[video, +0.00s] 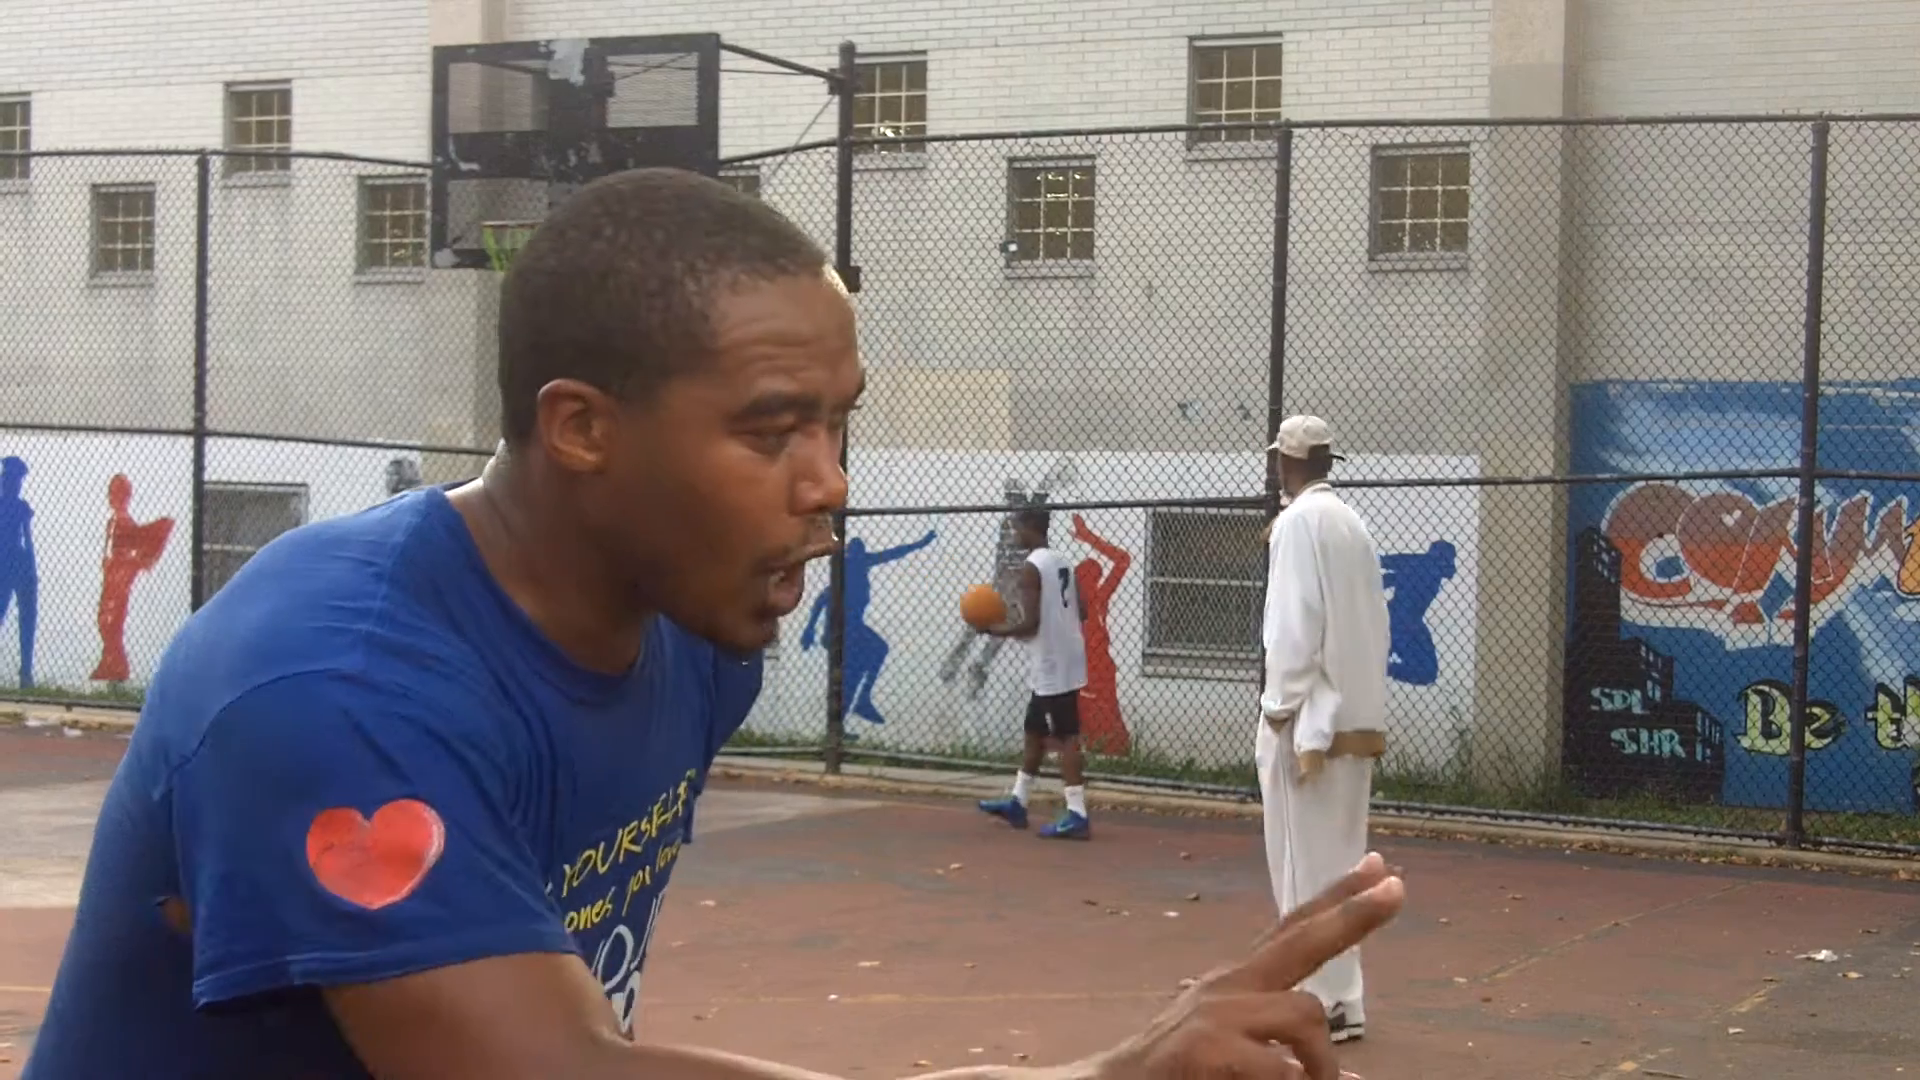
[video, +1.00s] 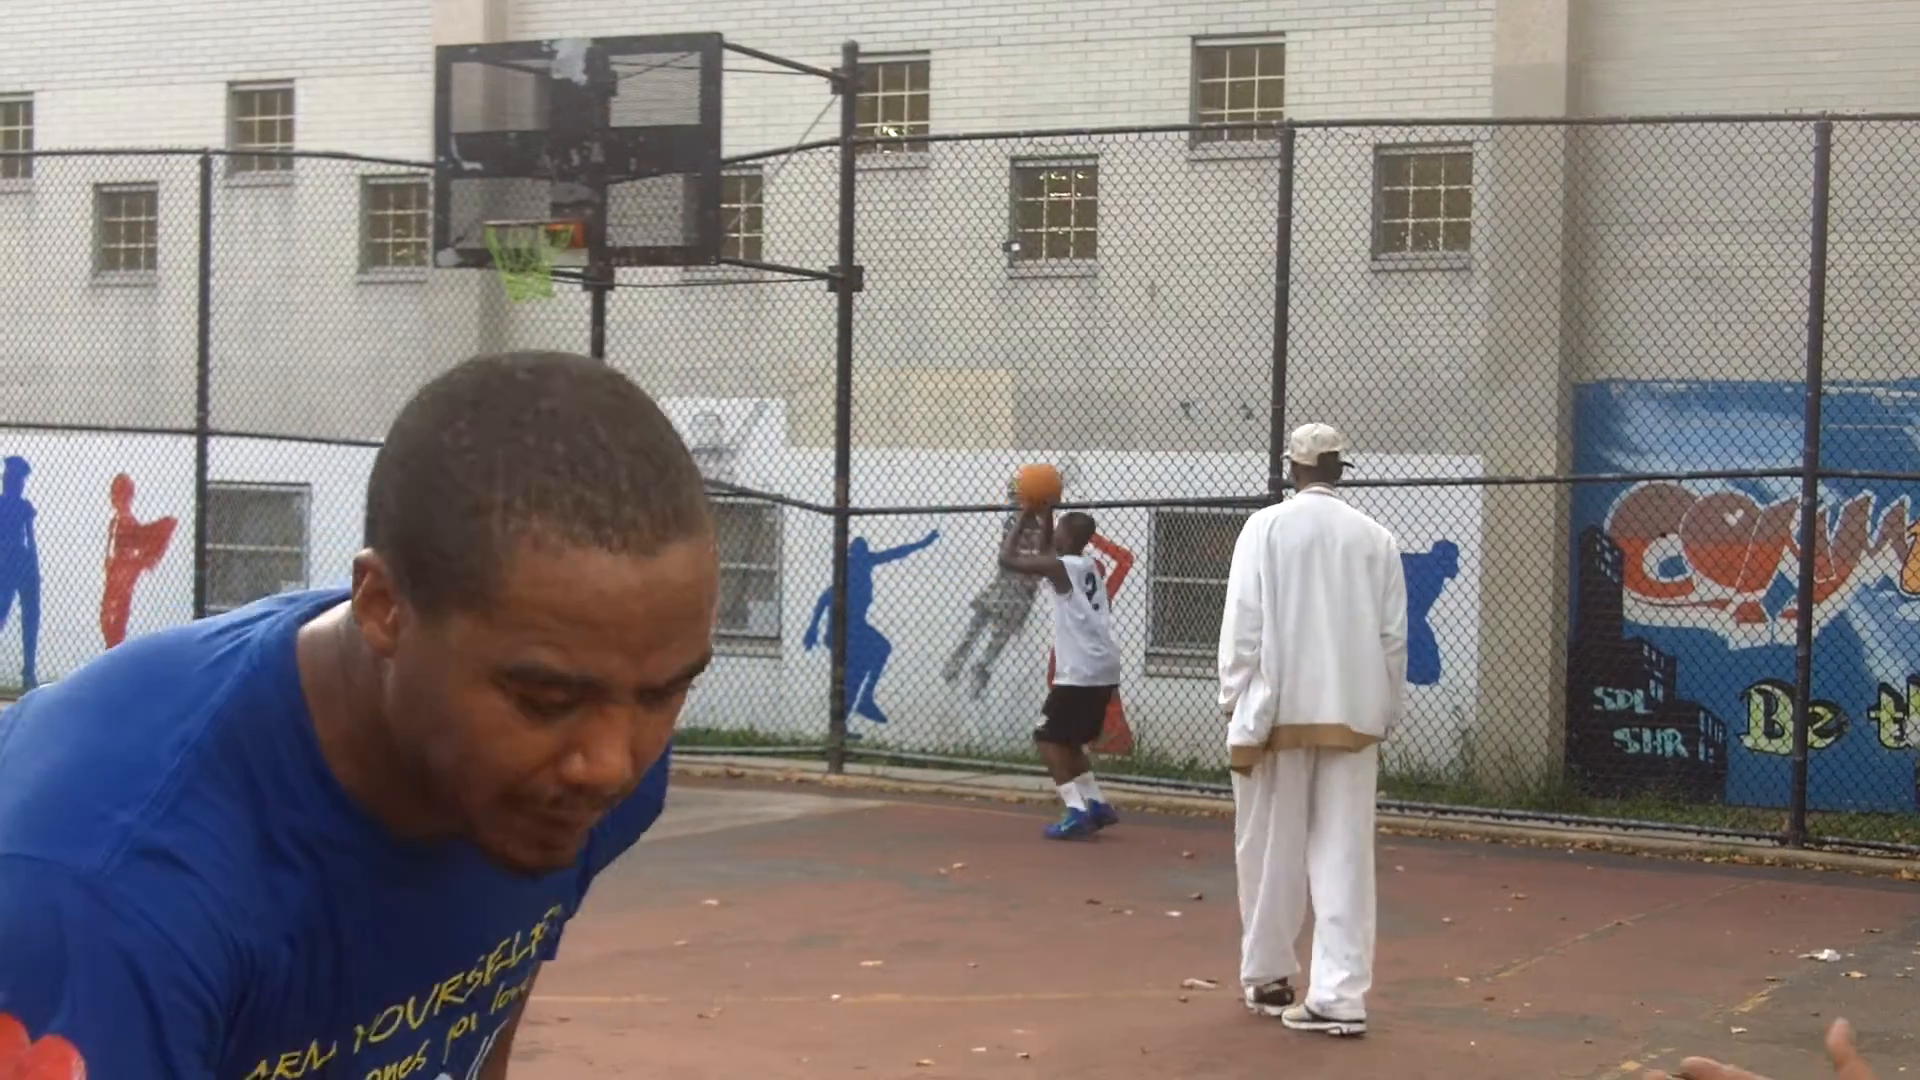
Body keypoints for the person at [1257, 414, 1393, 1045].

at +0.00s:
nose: (1272, 471)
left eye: (1275, 462)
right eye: (1275, 461)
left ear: (1286, 464)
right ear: (1326, 464)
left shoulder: (1299, 521)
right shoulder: (1353, 524)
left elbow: (1296, 629)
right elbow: (1371, 626)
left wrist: (1278, 710)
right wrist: (1358, 707)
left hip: (1306, 721)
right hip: (1355, 720)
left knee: (1304, 863)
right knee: (1338, 858)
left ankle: (1327, 1003)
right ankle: (1343, 1000)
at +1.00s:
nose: (1303, 476)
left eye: (1296, 469)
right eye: (1323, 466)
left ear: (1292, 472)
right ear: (1341, 471)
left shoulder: (1264, 527)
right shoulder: (1377, 537)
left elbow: (1243, 625)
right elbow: (1394, 636)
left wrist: (1234, 701)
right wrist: (1388, 710)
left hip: (1275, 709)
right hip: (1353, 711)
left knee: (1270, 845)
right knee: (1345, 850)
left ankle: (1268, 976)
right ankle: (1340, 999)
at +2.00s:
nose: (1319, 481)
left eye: (1287, 469)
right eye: (1330, 472)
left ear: (1284, 472)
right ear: (1333, 476)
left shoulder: (1248, 528)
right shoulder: (1361, 537)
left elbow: (1222, 628)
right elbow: (1377, 635)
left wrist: (1219, 709)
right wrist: (1370, 714)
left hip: (1254, 706)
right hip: (1332, 709)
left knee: (1255, 841)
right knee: (1325, 839)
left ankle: (1266, 970)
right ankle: (1319, 969)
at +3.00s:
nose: (1394, 478)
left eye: (1376, 466)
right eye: (1400, 472)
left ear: (1357, 469)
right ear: (1402, 475)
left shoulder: (1313, 522)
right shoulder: (1408, 538)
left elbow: (1277, 620)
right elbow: (1407, 635)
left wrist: (1286, 691)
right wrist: (1412, 704)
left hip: (1306, 698)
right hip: (1371, 704)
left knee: (1323, 827)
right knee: (1353, 832)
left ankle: (1358, 942)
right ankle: (1323, 965)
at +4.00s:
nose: (1470, 481)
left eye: (1454, 469)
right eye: (1480, 476)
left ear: (1439, 472)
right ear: (1484, 478)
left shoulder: (1395, 521)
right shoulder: (1498, 540)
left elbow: (1359, 615)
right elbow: (1504, 634)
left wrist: (1356, 687)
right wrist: (1494, 696)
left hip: (1385, 690)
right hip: (1459, 697)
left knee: (1369, 820)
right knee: (1460, 830)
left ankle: (1363, 939)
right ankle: (1461, 960)